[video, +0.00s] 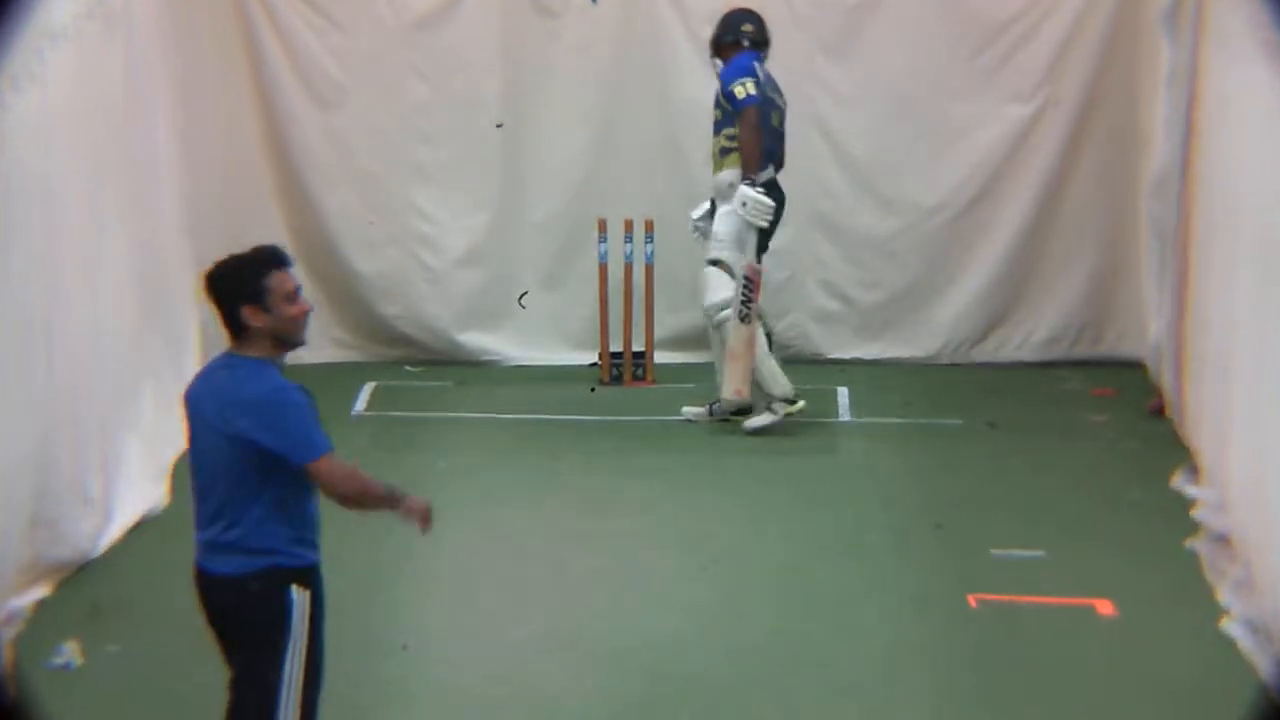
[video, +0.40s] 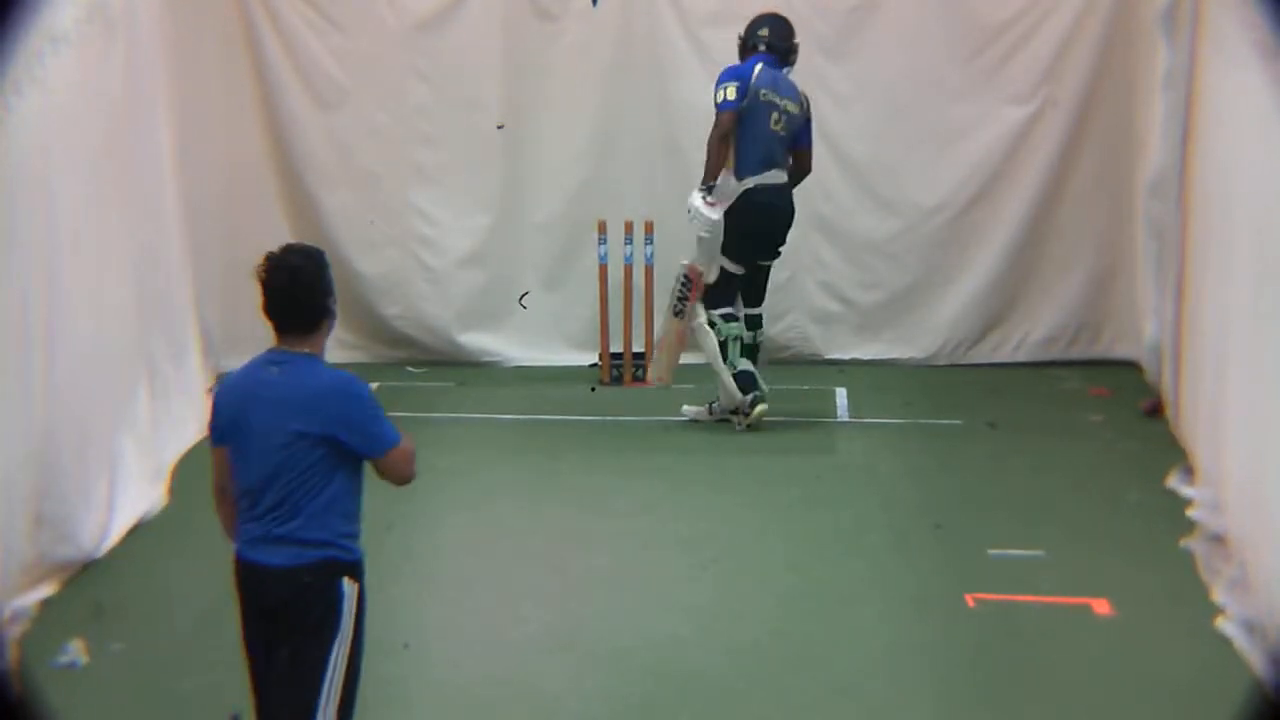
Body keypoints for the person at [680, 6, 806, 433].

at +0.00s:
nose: (715, 52)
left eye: (718, 45)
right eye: (716, 46)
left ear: (730, 41)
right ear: (756, 42)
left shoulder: (737, 67)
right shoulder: (765, 80)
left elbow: (750, 119)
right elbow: (758, 152)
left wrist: (749, 186)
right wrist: (717, 203)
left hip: (744, 195)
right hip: (756, 194)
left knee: (722, 295)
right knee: (734, 299)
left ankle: (776, 395)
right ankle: (737, 397)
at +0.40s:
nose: (742, 50)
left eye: (744, 44)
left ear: (749, 45)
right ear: (789, 51)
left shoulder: (736, 75)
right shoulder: (798, 96)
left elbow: (723, 129)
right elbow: (803, 165)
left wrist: (706, 188)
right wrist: (769, 190)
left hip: (742, 199)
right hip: (780, 204)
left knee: (718, 287)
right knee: (754, 289)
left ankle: (743, 385)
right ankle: (740, 391)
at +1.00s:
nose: (857, 59)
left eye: (858, 50)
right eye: (854, 50)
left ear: (815, 43)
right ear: (840, 47)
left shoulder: (772, 82)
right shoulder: (849, 95)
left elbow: (739, 139)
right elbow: (867, 162)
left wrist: (723, 195)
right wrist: (893, 218)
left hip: (788, 205)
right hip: (837, 204)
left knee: (776, 300)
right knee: (866, 286)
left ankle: (766, 406)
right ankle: (891, 380)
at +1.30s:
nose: (955, 111)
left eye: (957, 103)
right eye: (954, 102)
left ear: (919, 87)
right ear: (943, 97)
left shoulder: (867, 112)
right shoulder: (940, 139)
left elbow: (820, 149)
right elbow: (964, 202)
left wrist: (790, 203)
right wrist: (994, 258)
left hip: (855, 233)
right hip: (908, 237)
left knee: (805, 312)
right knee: (960, 315)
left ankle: (765, 397)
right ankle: (1014, 392)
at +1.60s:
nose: (1073, 220)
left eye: (1074, 213)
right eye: (1074, 213)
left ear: (1044, 187)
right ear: (1070, 203)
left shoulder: (1009, 180)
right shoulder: (1062, 216)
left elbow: (933, 175)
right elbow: (1083, 287)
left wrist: (890, 201)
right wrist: (1118, 345)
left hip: (947, 210)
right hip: (1000, 224)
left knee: (897, 307)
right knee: (1037, 307)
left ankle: (851, 391)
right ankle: (1031, 398)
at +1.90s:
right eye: (1095, 223)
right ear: (1089, 213)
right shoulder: (1086, 215)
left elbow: (962, 197)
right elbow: (1105, 289)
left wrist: (923, 225)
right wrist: (1120, 356)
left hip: (992, 199)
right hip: (1043, 210)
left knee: (959, 298)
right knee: (1056, 307)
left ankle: (933, 380)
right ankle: (1032, 399)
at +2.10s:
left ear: (1037, 132)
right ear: (1078, 144)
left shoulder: (1016, 142)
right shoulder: (1089, 166)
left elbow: (967, 169)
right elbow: (1102, 239)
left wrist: (938, 211)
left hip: (1015, 193)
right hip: (1065, 202)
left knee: (994, 293)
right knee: (1053, 304)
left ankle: (1008, 386)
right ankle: (1037, 398)